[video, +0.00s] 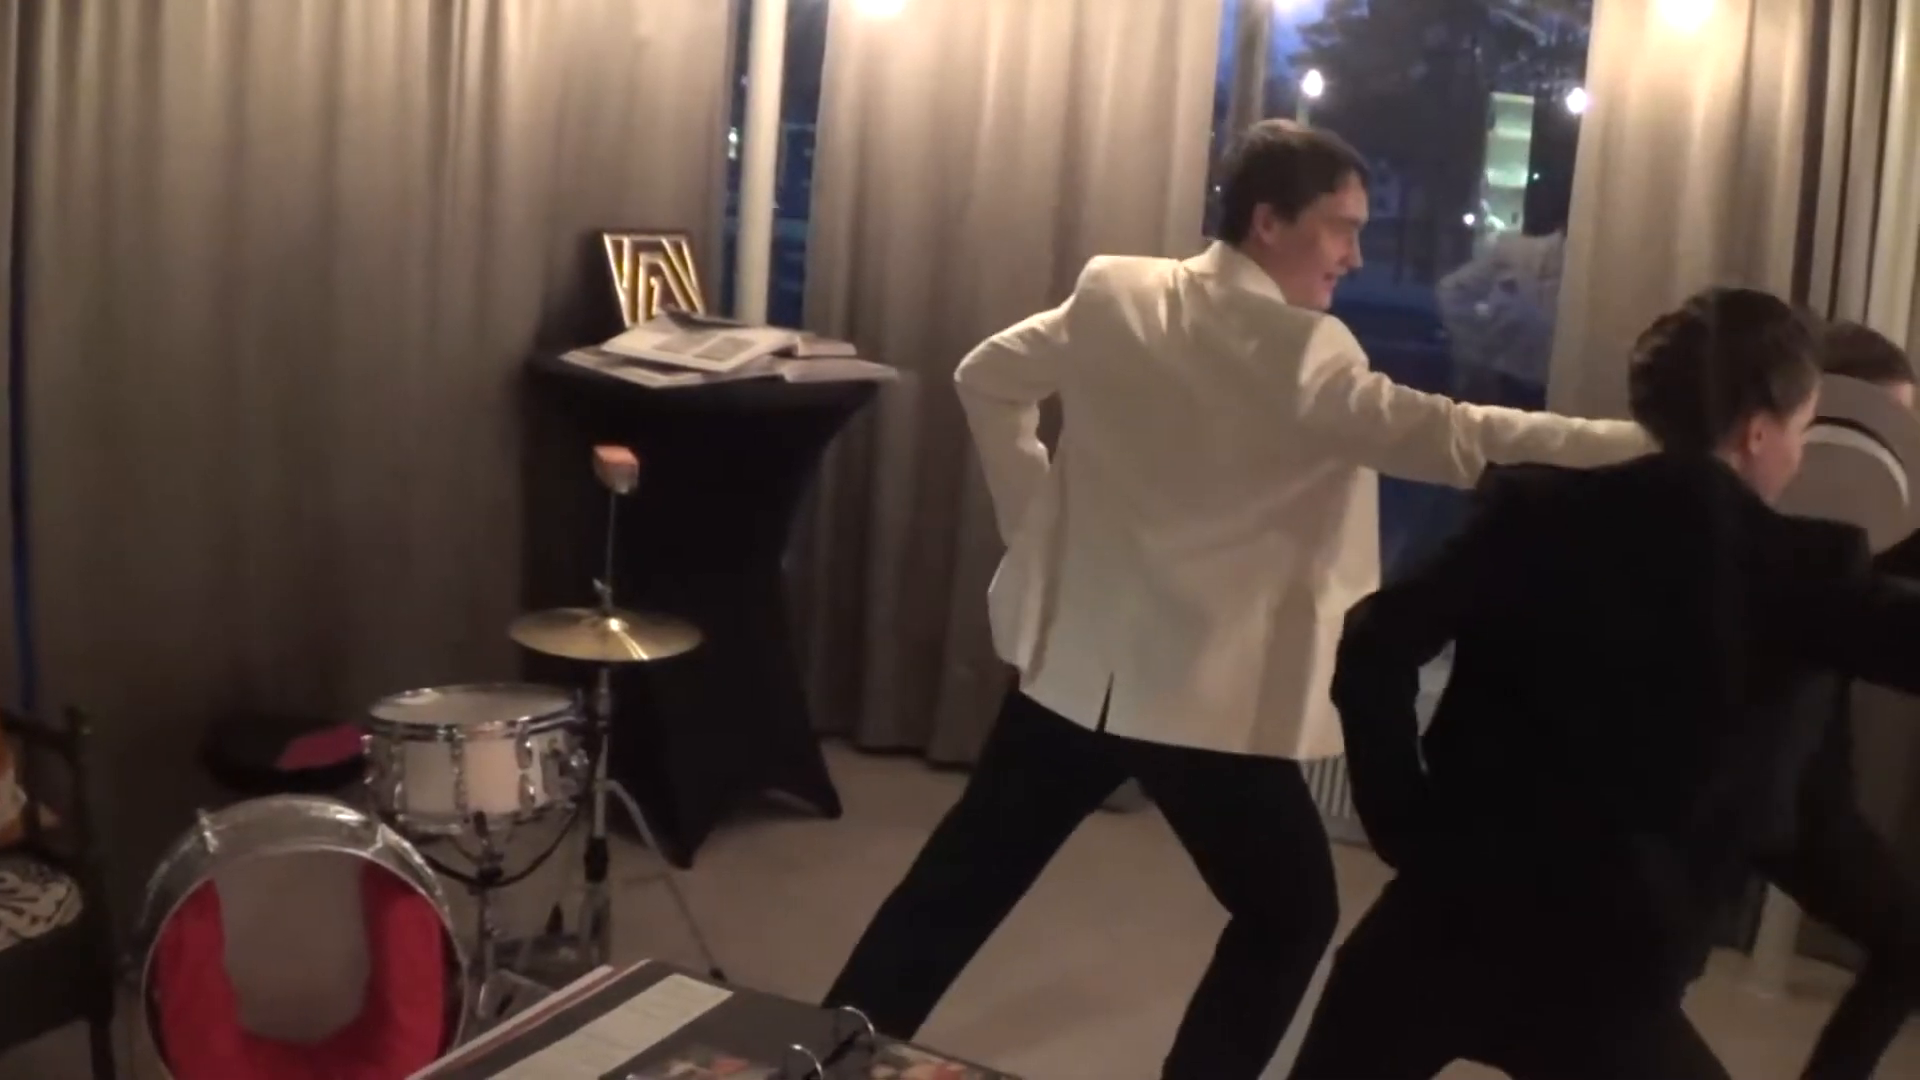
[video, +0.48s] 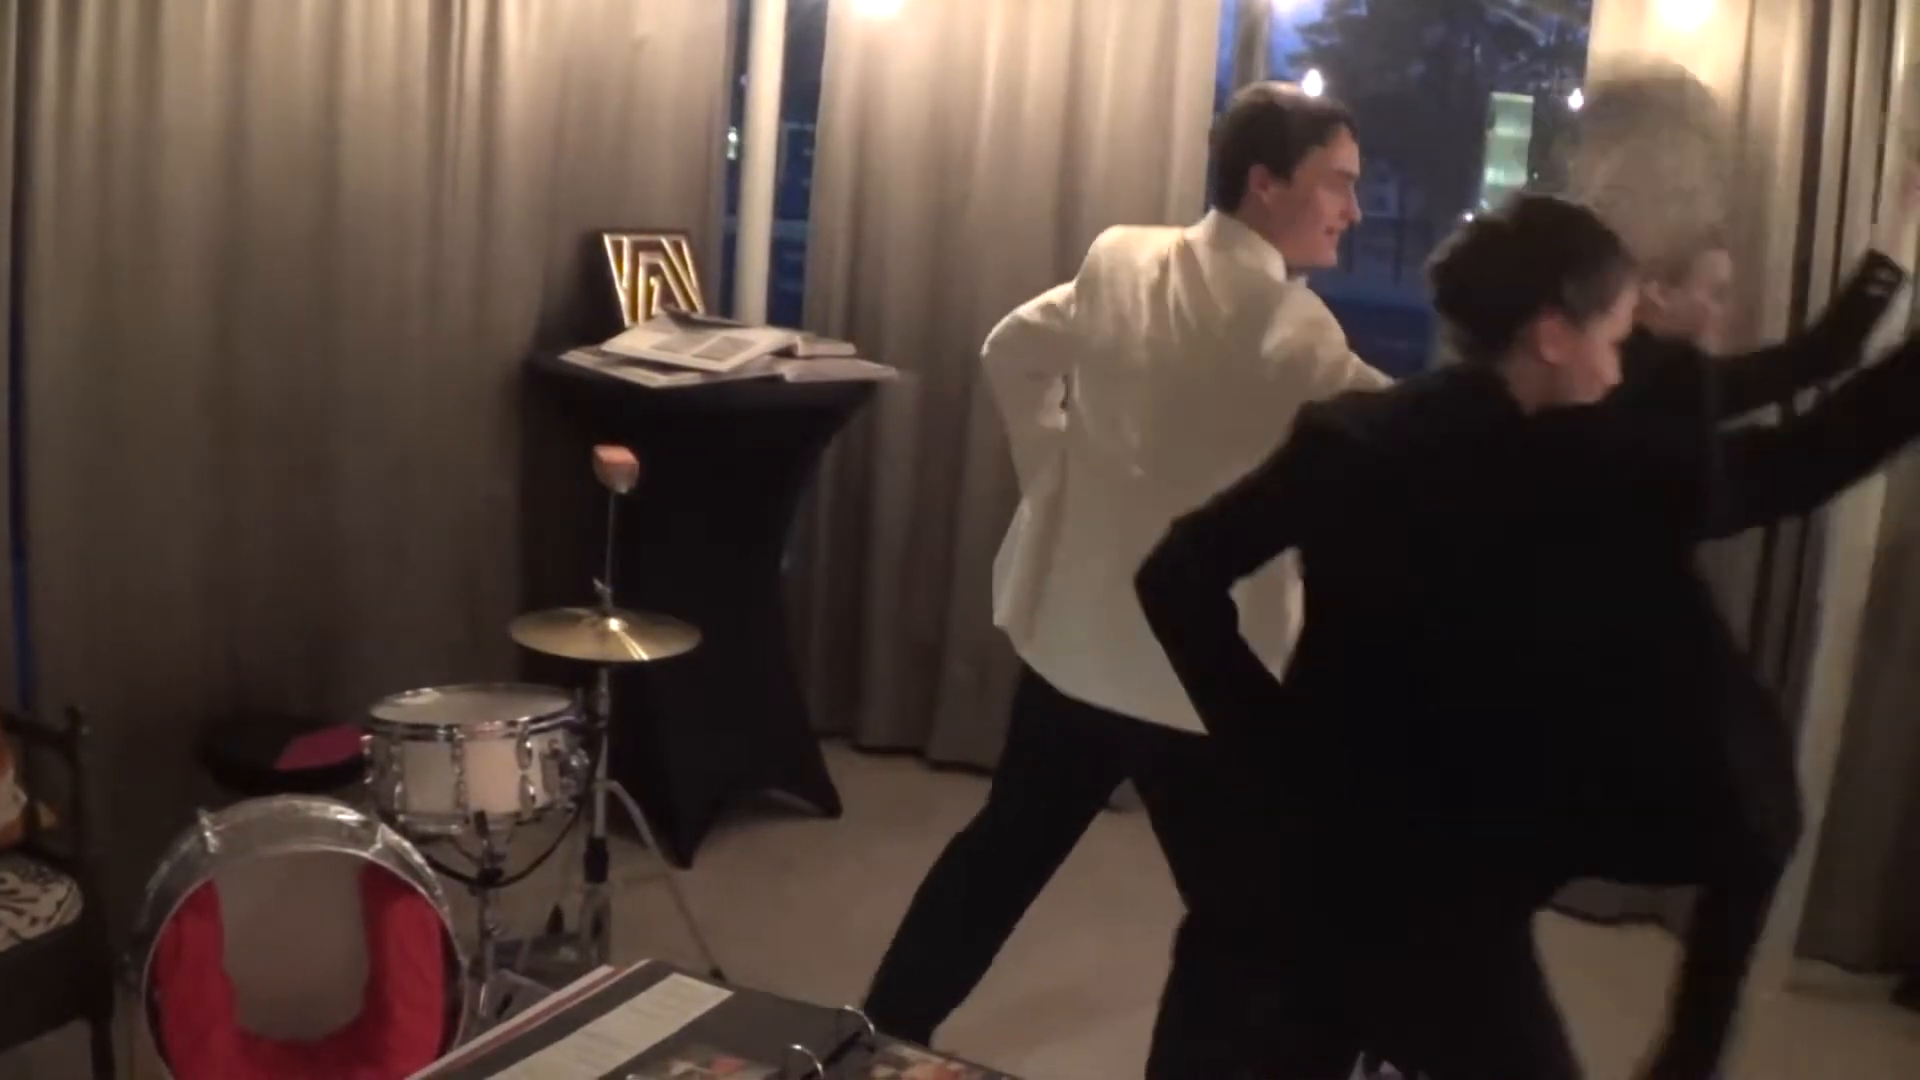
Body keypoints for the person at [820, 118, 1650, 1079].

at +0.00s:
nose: (1351, 257)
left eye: (1357, 233)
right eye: (1339, 231)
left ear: (1259, 228)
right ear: (1267, 222)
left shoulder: (1112, 298)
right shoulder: (1311, 364)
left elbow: (987, 377)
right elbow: (1471, 439)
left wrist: (1037, 529)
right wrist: (1662, 439)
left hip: (1070, 673)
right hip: (1205, 703)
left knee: (959, 880)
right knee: (1290, 910)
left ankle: (831, 1057)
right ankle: (1202, 1078)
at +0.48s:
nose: (1354, 211)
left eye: (1355, 186)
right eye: (1339, 184)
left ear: (1250, 186)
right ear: (1265, 184)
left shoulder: (1122, 264)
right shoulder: (1303, 341)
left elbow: (1011, 352)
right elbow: (1402, 448)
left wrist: (1050, 479)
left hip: (1068, 645)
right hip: (1195, 683)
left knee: (1005, 846)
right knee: (1238, 914)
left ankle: (877, 1043)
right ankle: (1186, 1078)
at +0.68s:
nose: (1301, 173)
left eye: (1305, 151)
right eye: (1285, 147)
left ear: (1209, 150)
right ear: (1212, 147)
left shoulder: (1123, 237)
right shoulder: (1204, 254)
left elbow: (1050, 338)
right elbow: (1370, 305)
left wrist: (1088, 450)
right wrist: (1387, 144)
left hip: (1075, 601)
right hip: (1129, 621)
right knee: (1050, 862)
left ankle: (977, 1055)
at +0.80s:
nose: (1257, 171)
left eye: (1261, 150)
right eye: (1238, 147)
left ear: (1175, 151)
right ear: (1164, 150)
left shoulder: (1167, 244)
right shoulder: (1137, 246)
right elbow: (1289, 293)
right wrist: (1310, 170)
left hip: (1130, 609)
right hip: (1101, 617)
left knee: (1181, 857)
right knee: (1040, 866)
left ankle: (1114, 1032)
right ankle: (972, 1057)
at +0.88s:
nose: (1231, 172)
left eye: (1235, 151)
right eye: (1214, 146)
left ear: (1162, 145)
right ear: (1140, 141)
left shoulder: (1154, 242)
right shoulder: (1108, 239)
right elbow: (1237, 279)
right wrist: (1260, 146)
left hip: (1136, 605)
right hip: (1090, 610)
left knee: (1127, 845)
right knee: (1054, 851)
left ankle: (1058, 1014)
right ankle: (980, 1048)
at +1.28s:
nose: (1156, 156)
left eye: (1159, 136)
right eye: (1138, 136)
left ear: (1082, 142)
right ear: (1073, 136)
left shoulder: (1080, 235)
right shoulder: (1063, 250)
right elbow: (1212, 297)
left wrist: (1218, 154)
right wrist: (1228, 150)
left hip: (1065, 606)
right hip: (1061, 621)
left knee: (1041, 875)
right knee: (1049, 881)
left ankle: (988, 1051)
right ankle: (988, 1053)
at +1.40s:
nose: (1149, 152)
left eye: (1152, 132)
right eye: (1133, 131)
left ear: (1065, 138)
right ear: (1063, 132)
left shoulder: (1063, 228)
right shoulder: (1059, 245)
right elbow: (1199, 284)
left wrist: (1203, 157)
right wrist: (1210, 149)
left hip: (1051, 602)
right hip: (1057, 619)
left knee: (1036, 864)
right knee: (1053, 872)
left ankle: (987, 1048)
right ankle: (990, 1049)